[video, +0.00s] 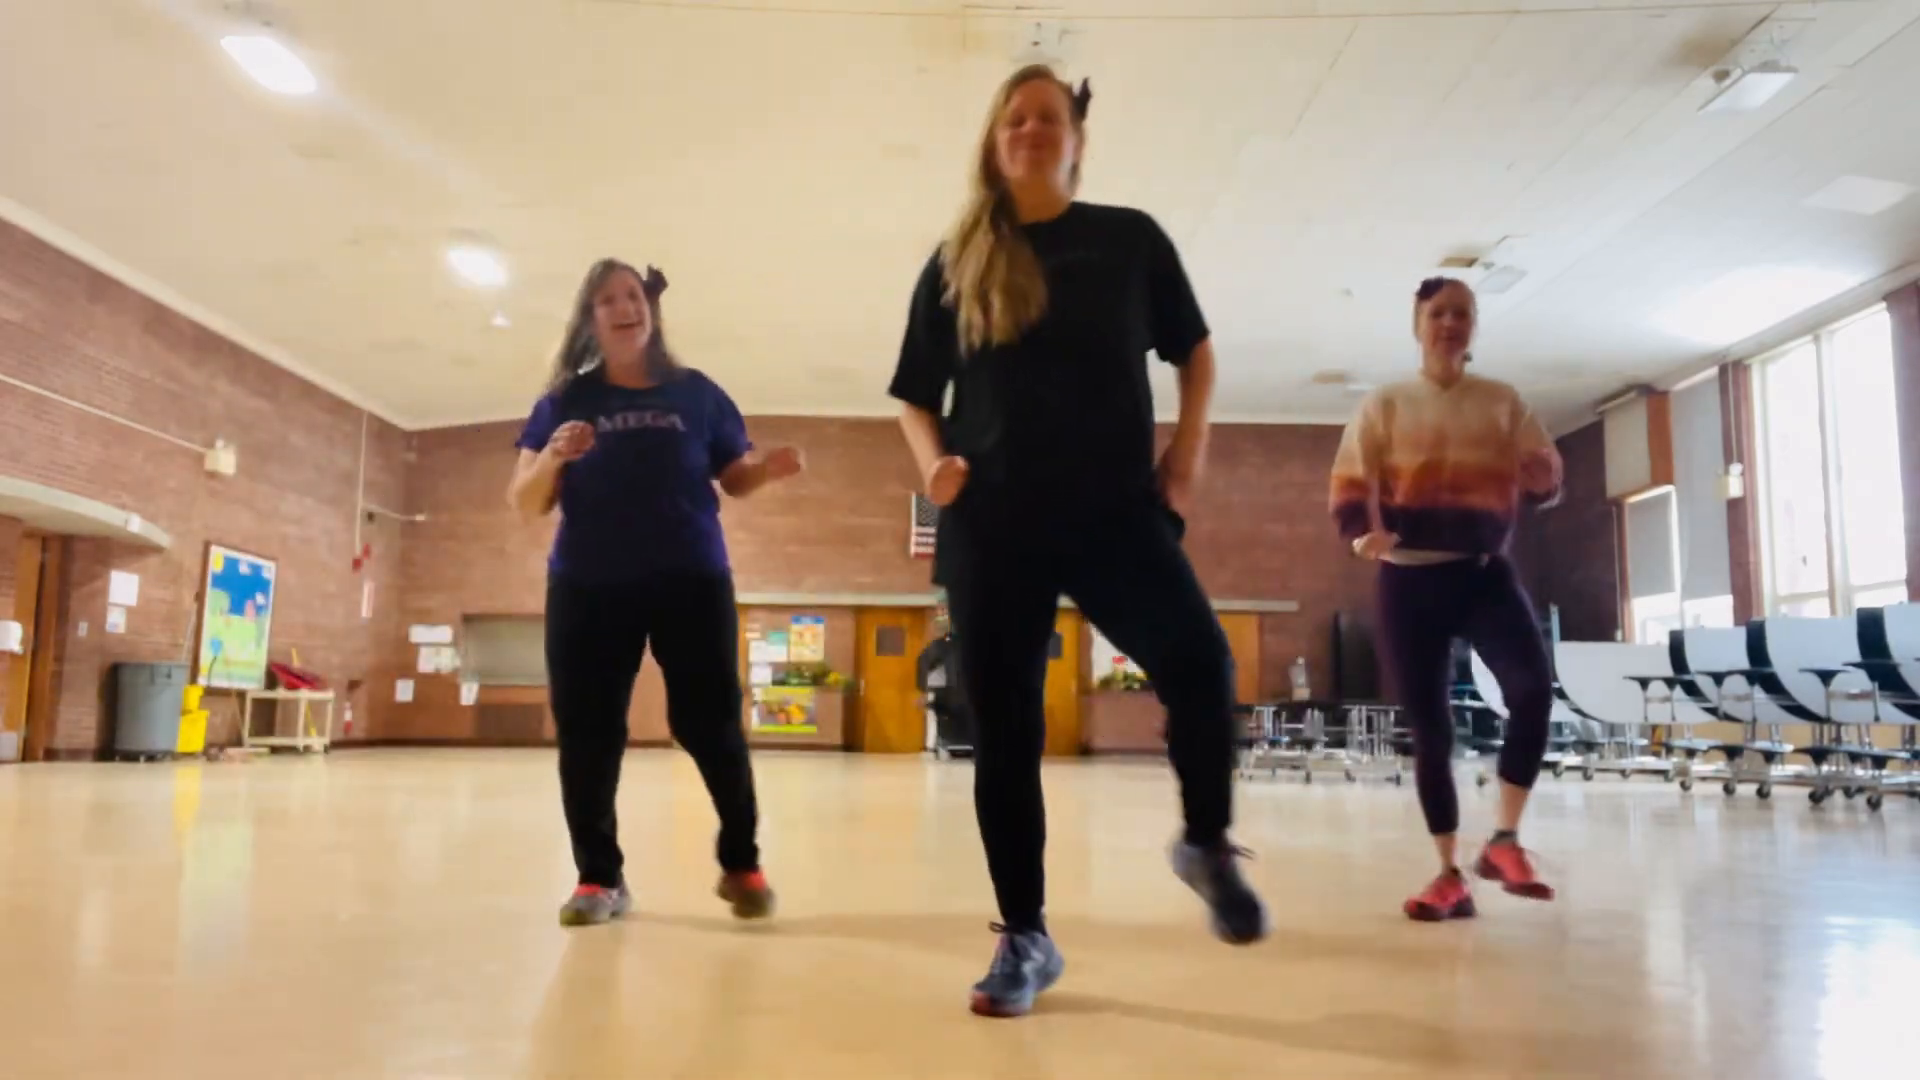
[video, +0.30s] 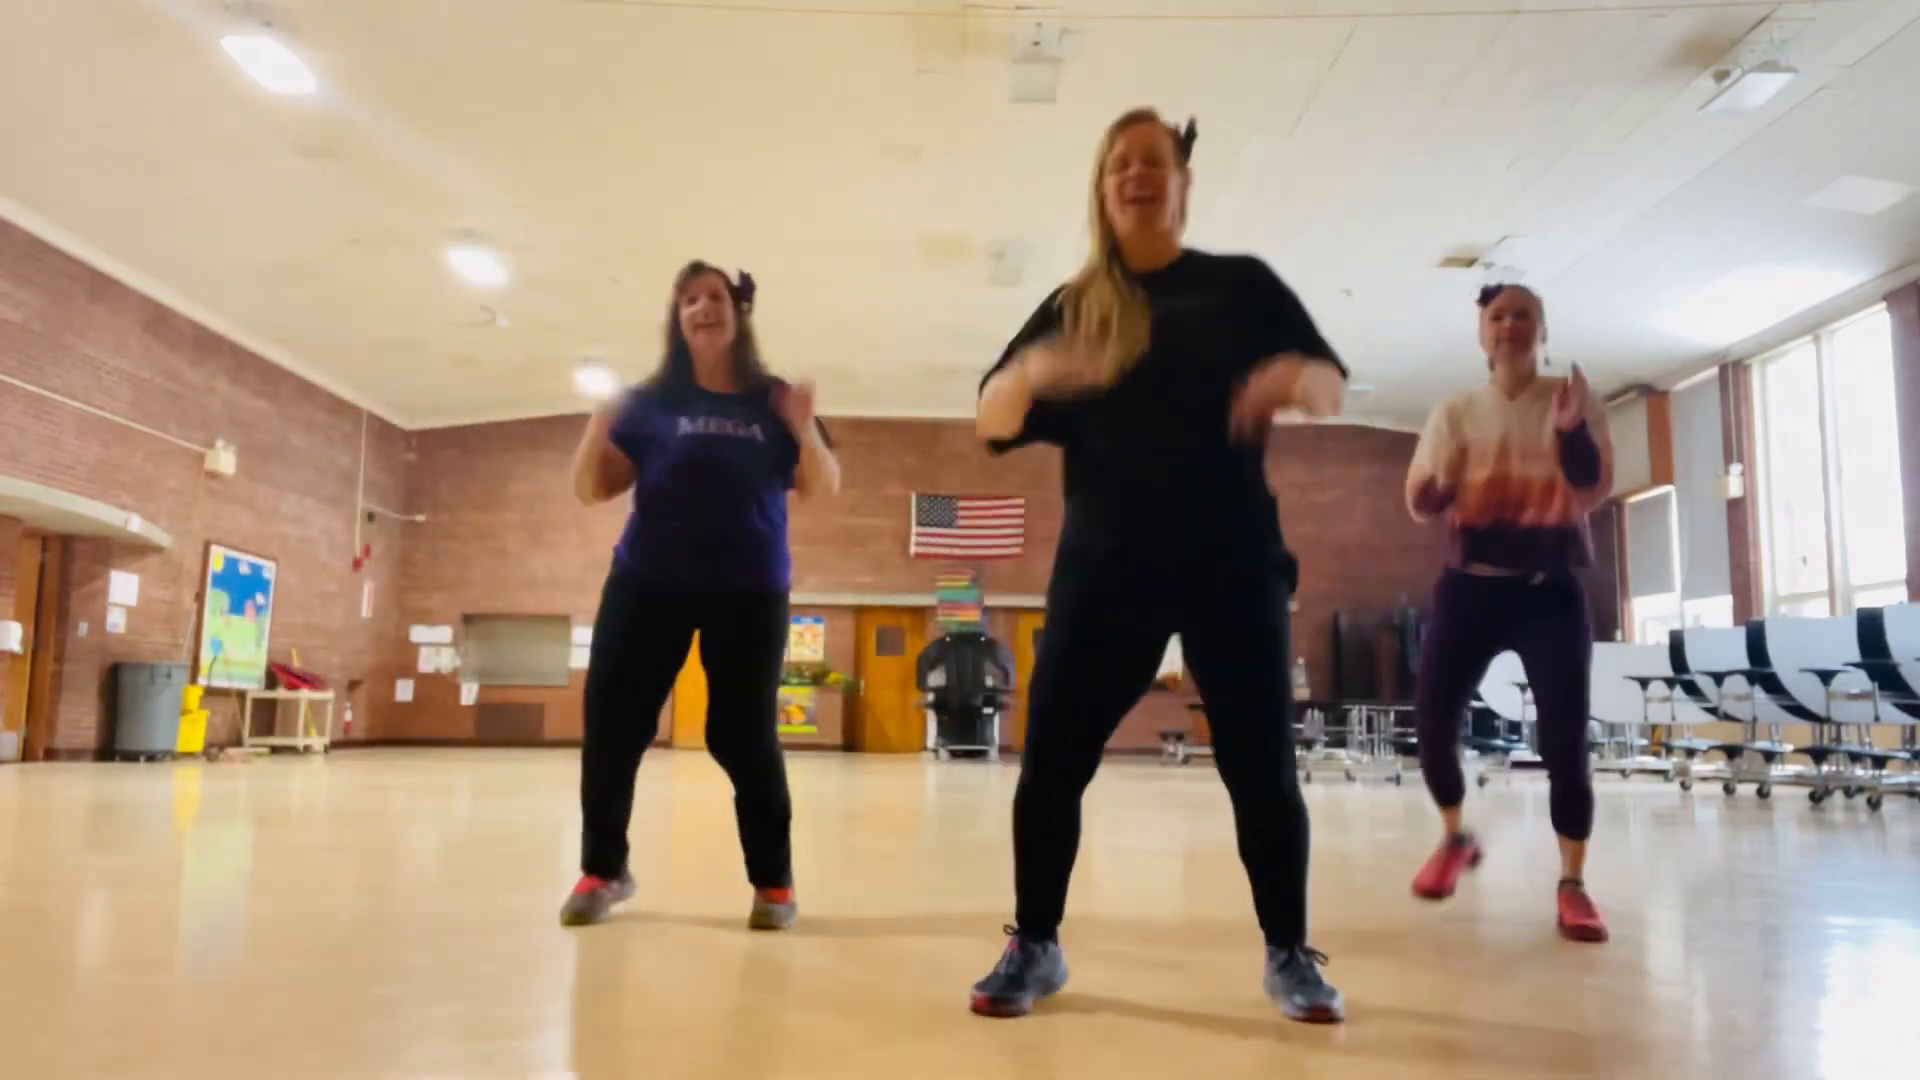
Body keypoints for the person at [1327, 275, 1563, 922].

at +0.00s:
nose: (1449, 324)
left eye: (1460, 315)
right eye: (1438, 314)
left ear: (1474, 328)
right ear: (1417, 325)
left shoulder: (1502, 403)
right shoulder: (1382, 407)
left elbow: (1547, 485)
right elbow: (1348, 492)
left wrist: (1541, 479)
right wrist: (1364, 535)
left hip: (1485, 577)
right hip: (1411, 581)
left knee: (1533, 695)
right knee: (1431, 732)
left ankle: (1503, 842)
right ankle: (1449, 875)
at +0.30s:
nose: (1509, 325)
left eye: (1521, 315)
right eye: (1498, 315)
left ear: (1541, 329)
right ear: (1481, 330)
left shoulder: (1569, 402)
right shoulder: (1456, 410)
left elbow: (1591, 490)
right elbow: (1420, 498)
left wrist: (1571, 427)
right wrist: (1435, 491)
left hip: (1552, 591)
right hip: (1472, 588)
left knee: (1566, 742)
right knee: (1433, 725)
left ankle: (1573, 885)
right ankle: (1455, 836)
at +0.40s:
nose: (1515, 295)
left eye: (1528, 286)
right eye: (1504, 285)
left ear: (1546, 300)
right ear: (1487, 299)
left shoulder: (1576, 374)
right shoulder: (1466, 378)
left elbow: (1596, 458)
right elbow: (1427, 472)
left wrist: (1580, 383)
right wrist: (1461, 408)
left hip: (1556, 560)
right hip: (1480, 557)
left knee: (1564, 724)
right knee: (1436, 675)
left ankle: (1574, 879)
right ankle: (1484, 741)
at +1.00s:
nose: (1494, 288)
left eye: (1505, 277)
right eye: (1480, 279)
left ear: (1523, 283)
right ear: (1460, 288)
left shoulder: (1563, 358)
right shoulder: (1435, 371)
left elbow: (1598, 452)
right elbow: (1390, 460)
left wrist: (1582, 452)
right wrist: (1415, 460)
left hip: (1536, 543)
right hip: (1454, 545)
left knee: (1556, 704)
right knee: (1443, 692)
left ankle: (1568, 872)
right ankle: (1439, 837)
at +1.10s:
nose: (1479, 319)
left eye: (1490, 306)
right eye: (1466, 308)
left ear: (1508, 312)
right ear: (1445, 317)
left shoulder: (1546, 395)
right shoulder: (1421, 399)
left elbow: (1583, 483)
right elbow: (1378, 484)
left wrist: (1589, 528)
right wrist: (1382, 535)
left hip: (1524, 582)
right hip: (1440, 584)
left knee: (1556, 728)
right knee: (1427, 723)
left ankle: (1563, 886)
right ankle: (1420, 875)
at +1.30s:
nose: (1427, 314)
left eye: (1438, 303)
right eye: (1415, 302)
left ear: (1450, 311)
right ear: (1390, 307)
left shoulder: (1474, 391)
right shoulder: (1355, 391)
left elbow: (1518, 483)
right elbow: (1331, 488)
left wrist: (1539, 563)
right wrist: (1343, 565)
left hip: (1449, 572)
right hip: (1374, 576)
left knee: (1515, 715)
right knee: (1388, 732)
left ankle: (1513, 859)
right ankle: (1414, 889)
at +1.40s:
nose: (1389, 313)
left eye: (1401, 302)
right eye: (1376, 301)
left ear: (1414, 308)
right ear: (1354, 306)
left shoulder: (1439, 385)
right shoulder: (1325, 385)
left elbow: (1475, 471)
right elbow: (1290, 474)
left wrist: (1481, 543)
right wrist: (1316, 546)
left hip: (1415, 569)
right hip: (1346, 572)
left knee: (1480, 714)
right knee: (1374, 724)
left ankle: (1419, 811)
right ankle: (1412, 888)